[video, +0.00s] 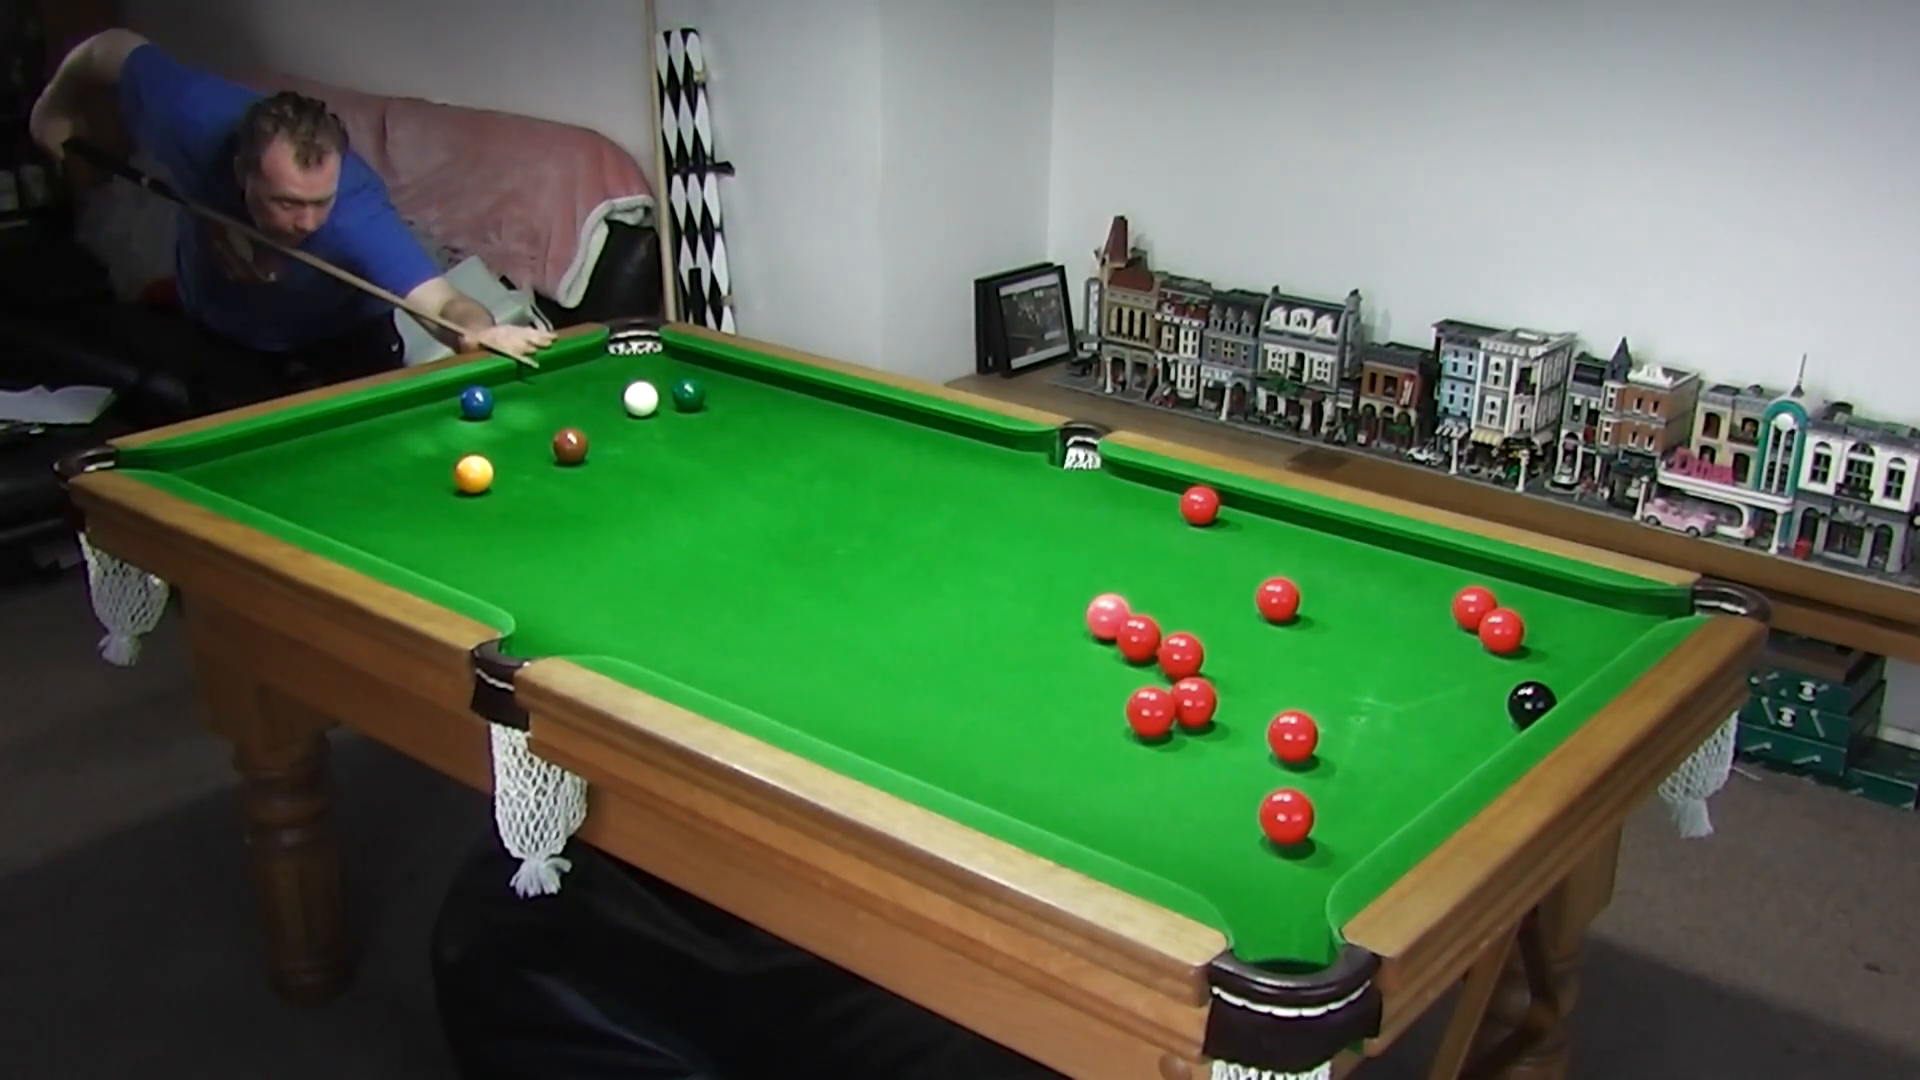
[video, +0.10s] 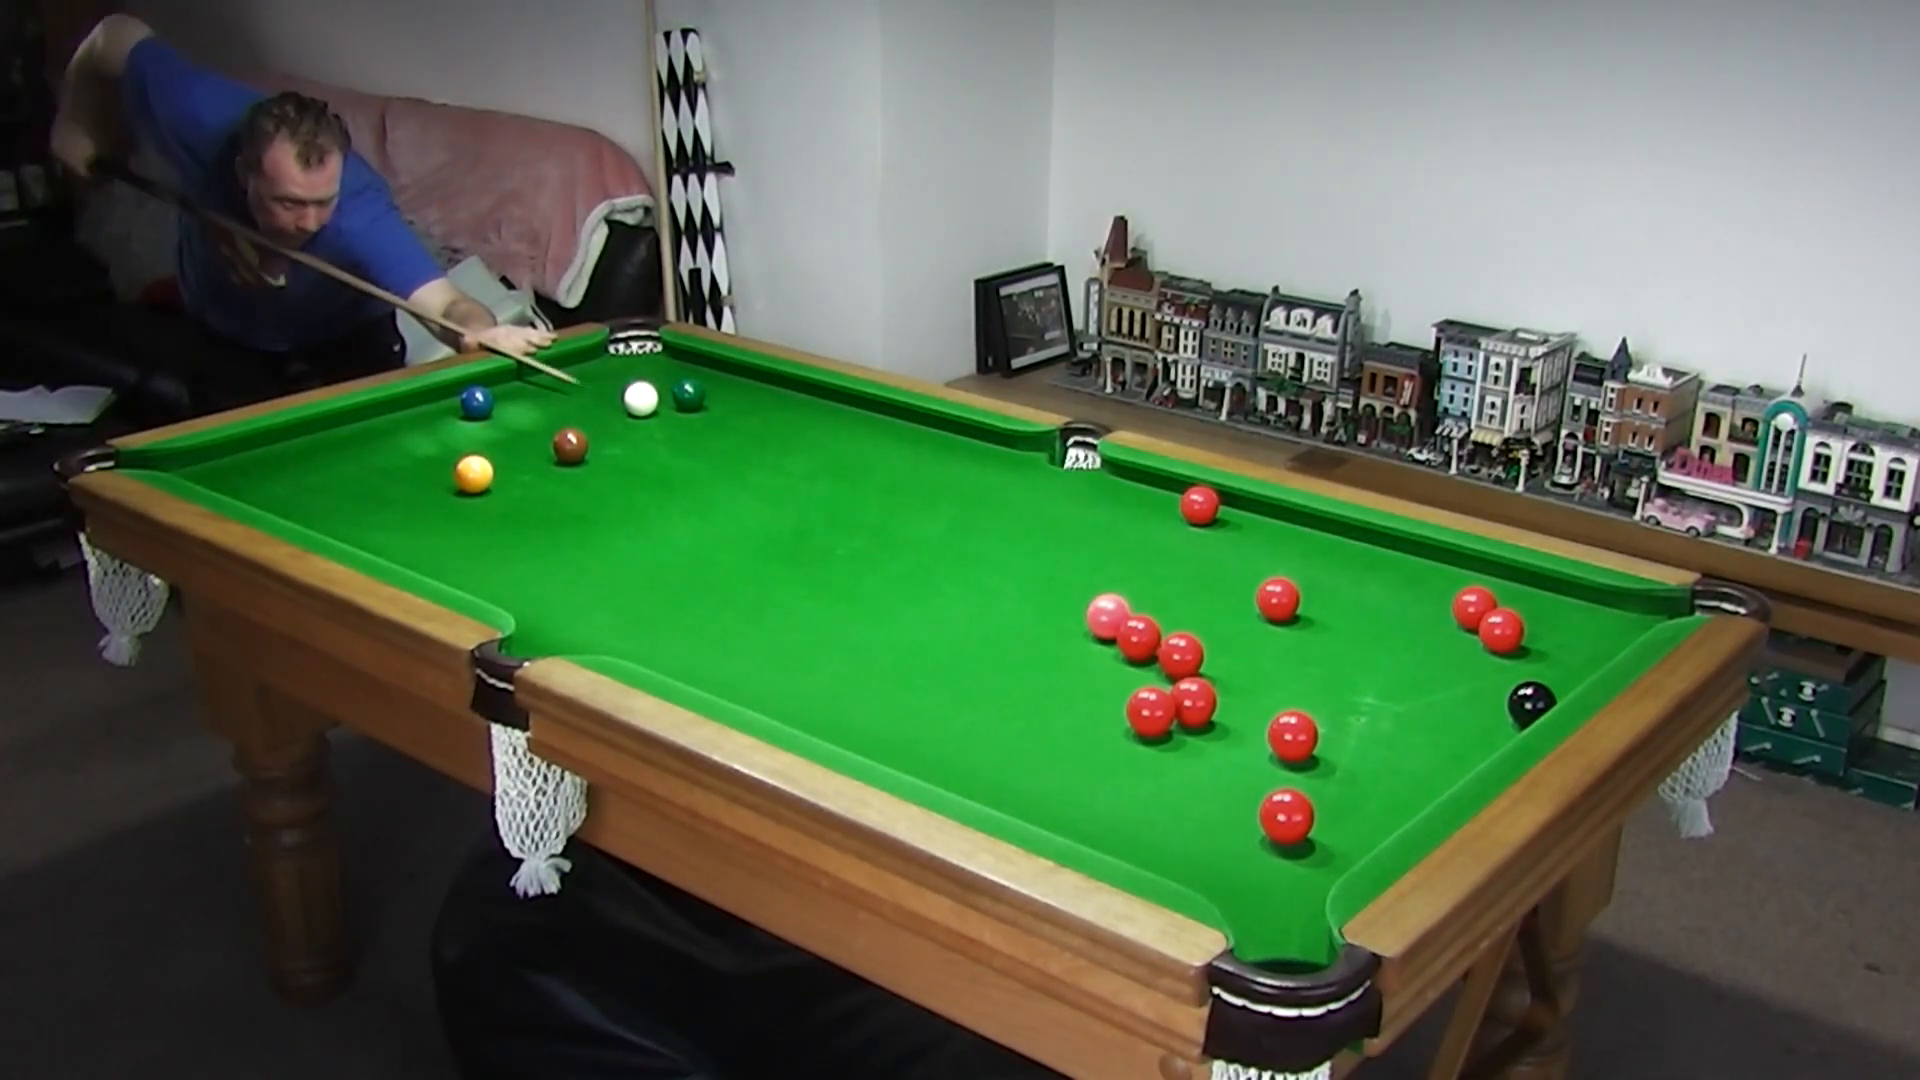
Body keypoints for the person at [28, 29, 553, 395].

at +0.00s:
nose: (306, 221)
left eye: (322, 203)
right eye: (287, 204)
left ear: (339, 179)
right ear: (243, 171)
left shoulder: (358, 209)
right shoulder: (199, 127)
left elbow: (439, 301)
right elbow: (108, 50)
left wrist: (480, 328)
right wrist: (51, 109)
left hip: (344, 325)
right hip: (225, 319)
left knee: (381, 453)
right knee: (243, 463)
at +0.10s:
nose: (310, 221)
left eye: (325, 202)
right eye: (290, 204)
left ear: (339, 178)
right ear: (245, 174)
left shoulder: (361, 212)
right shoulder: (207, 121)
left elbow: (442, 302)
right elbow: (112, 35)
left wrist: (483, 328)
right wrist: (73, 118)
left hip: (345, 326)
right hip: (227, 318)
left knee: (372, 453)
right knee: (241, 458)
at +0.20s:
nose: (309, 223)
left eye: (323, 204)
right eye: (289, 205)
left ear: (340, 179)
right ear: (245, 174)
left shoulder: (360, 212)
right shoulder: (209, 121)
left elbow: (443, 302)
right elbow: (120, 25)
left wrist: (484, 331)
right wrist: (124, 164)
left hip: (342, 328)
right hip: (224, 315)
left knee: (357, 464)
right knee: (231, 458)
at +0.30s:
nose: (313, 225)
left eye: (327, 205)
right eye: (292, 206)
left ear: (343, 180)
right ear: (248, 177)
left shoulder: (364, 215)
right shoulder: (212, 124)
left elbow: (447, 306)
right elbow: (123, 40)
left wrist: (487, 331)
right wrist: (150, 175)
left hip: (345, 328)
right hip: (226, 315)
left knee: (354, 466)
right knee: (233, 460)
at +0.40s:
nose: (316, 226)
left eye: (329, 205)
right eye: (295, 207)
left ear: (345, 181)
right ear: (249, 179)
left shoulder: (367, 214)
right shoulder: (211, 128)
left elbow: (448, 305)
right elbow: (121, 43)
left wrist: (488, 330)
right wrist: (155, 180)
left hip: (346, 326)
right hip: (226, 315)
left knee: (362, 463)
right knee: (235, 459)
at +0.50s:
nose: (318, 226)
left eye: (331, 205)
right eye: (296, 207)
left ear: (346, 182)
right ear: (251, 181)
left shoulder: (369, 213)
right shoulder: (211, 129)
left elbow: (448, 304)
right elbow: (121, 43)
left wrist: (488, 330)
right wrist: (157, 178)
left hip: (347, 325)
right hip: (228, 314)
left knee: (358, 463)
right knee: (233, 457)